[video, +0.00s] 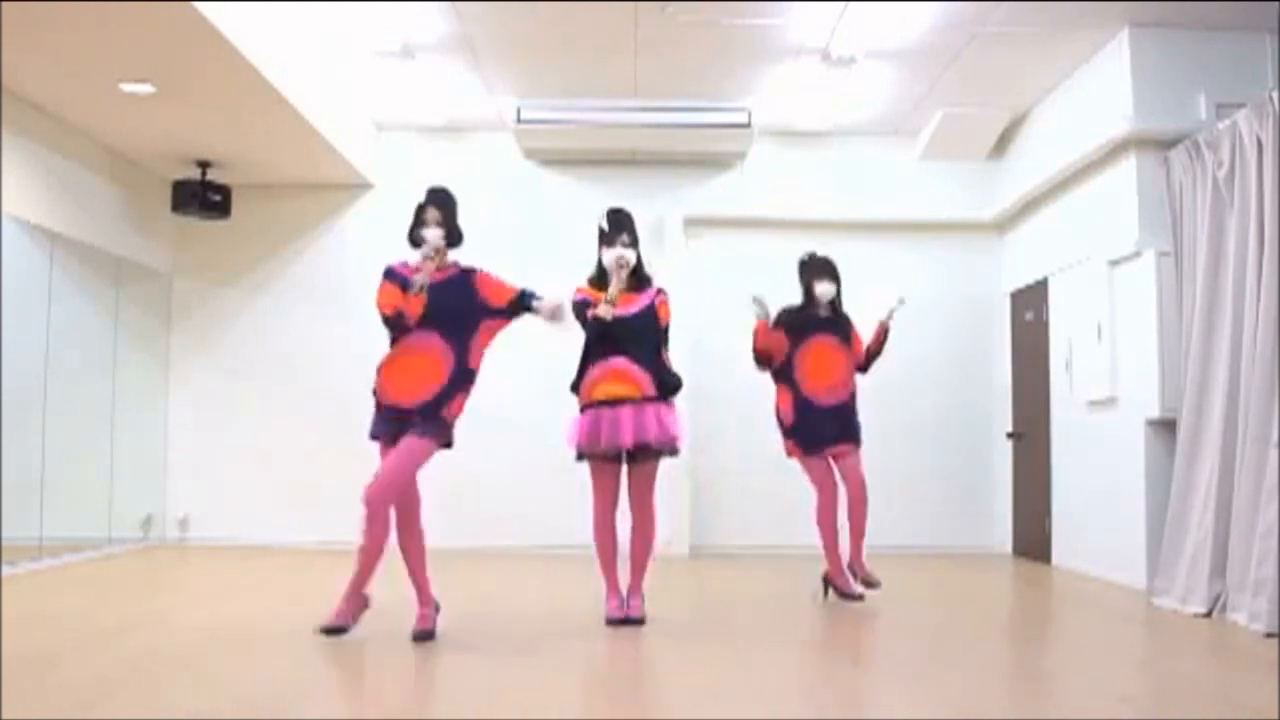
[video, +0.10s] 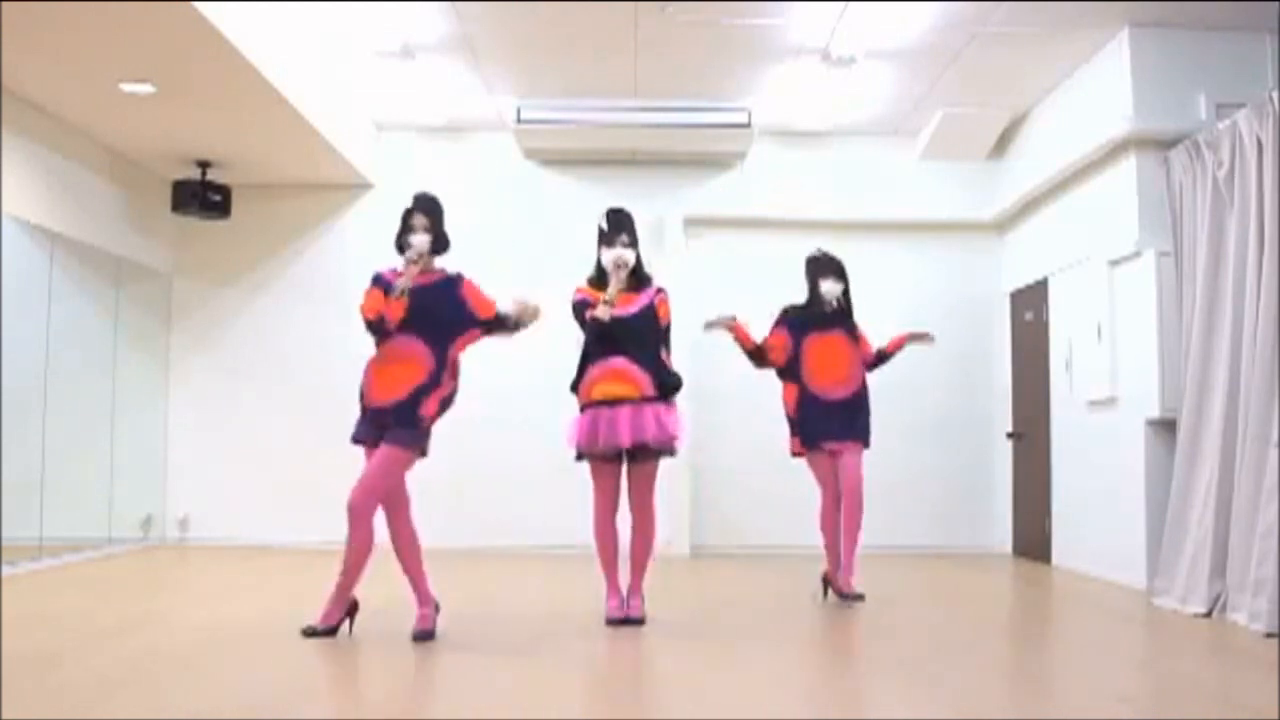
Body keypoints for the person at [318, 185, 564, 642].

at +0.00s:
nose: (433, 233)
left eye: (441, 226)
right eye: (426, 225)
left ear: (454, 231)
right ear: (414, 229)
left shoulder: (473, 282)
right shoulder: (398, 276)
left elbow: (515, 298)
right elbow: (396, 323)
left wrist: (544, 307)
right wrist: (422, 277)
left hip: (439, 411)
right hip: (392, 406)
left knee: (377, 495)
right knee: (406, 507)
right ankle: (426, 602)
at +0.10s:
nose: (416, 238)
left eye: (426, 231)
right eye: (410, 230)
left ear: (438, 237)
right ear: (401, 234)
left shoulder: (455, 288)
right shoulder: (385, 282)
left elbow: (489, 321)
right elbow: (377, 327)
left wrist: (516, 319)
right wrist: (402, 284)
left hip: (418, 411)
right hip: (376, 407)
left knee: (361, 501)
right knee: (395, 507)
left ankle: (341, 598)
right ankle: (426, 601)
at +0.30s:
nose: (377, 240)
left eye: (383, 232)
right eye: (379, 232)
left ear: (403, 238)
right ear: (404, 239)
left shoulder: (429, 287)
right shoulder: (384, 282)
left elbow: (424, 329)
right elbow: (352, 321)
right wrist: (352, 275)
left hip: (383, 406)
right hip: (367, 404)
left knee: (329, 500)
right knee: (387, 510)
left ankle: (339, 599)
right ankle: (424, 598)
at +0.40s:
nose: (370, 243)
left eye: (374, 236)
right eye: (372, 237)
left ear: (384, 236)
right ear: (411, 239)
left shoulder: (388, 278)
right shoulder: (416, 281)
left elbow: (372, 340)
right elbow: (370, 337)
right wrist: (321, 307)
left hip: (363, 400)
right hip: (397, 404)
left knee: (320, 496)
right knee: (392, 504)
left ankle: (332, 599)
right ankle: (428, 598)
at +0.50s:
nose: (409, 235)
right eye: (413, 228)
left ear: (370, 226)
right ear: (413, 230)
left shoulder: (343, 270)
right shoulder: (422, 278)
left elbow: (328, 327)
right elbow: (431, 326)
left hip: (348, 397)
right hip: (400, 400)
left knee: (334, 505)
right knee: (408, 506)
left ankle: (319, 602)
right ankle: (420, 601)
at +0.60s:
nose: (413, 236)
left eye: (413, 227)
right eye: (408, 227)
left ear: (376, 229)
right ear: (387, 227)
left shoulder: (346, 272)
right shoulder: (387, 273)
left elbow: (329, 339)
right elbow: (411, 324)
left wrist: (345, 391)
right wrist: (432, 282)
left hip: (352, 400)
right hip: (392, 398)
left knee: (352, 501)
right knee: (406, 505)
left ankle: (309, 594)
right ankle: (402, 603)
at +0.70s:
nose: (403, 238)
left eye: (405, 229)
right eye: (397, 229)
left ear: (390, 231)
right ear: (375, 229)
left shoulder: (375, 276)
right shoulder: (358, 276)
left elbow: (389, 322)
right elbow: (380, 326)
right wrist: (414, 282)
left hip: (377, 398)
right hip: (375, 399)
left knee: (357, 503)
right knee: (393, 503)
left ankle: (307, 593)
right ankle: (397, 605)